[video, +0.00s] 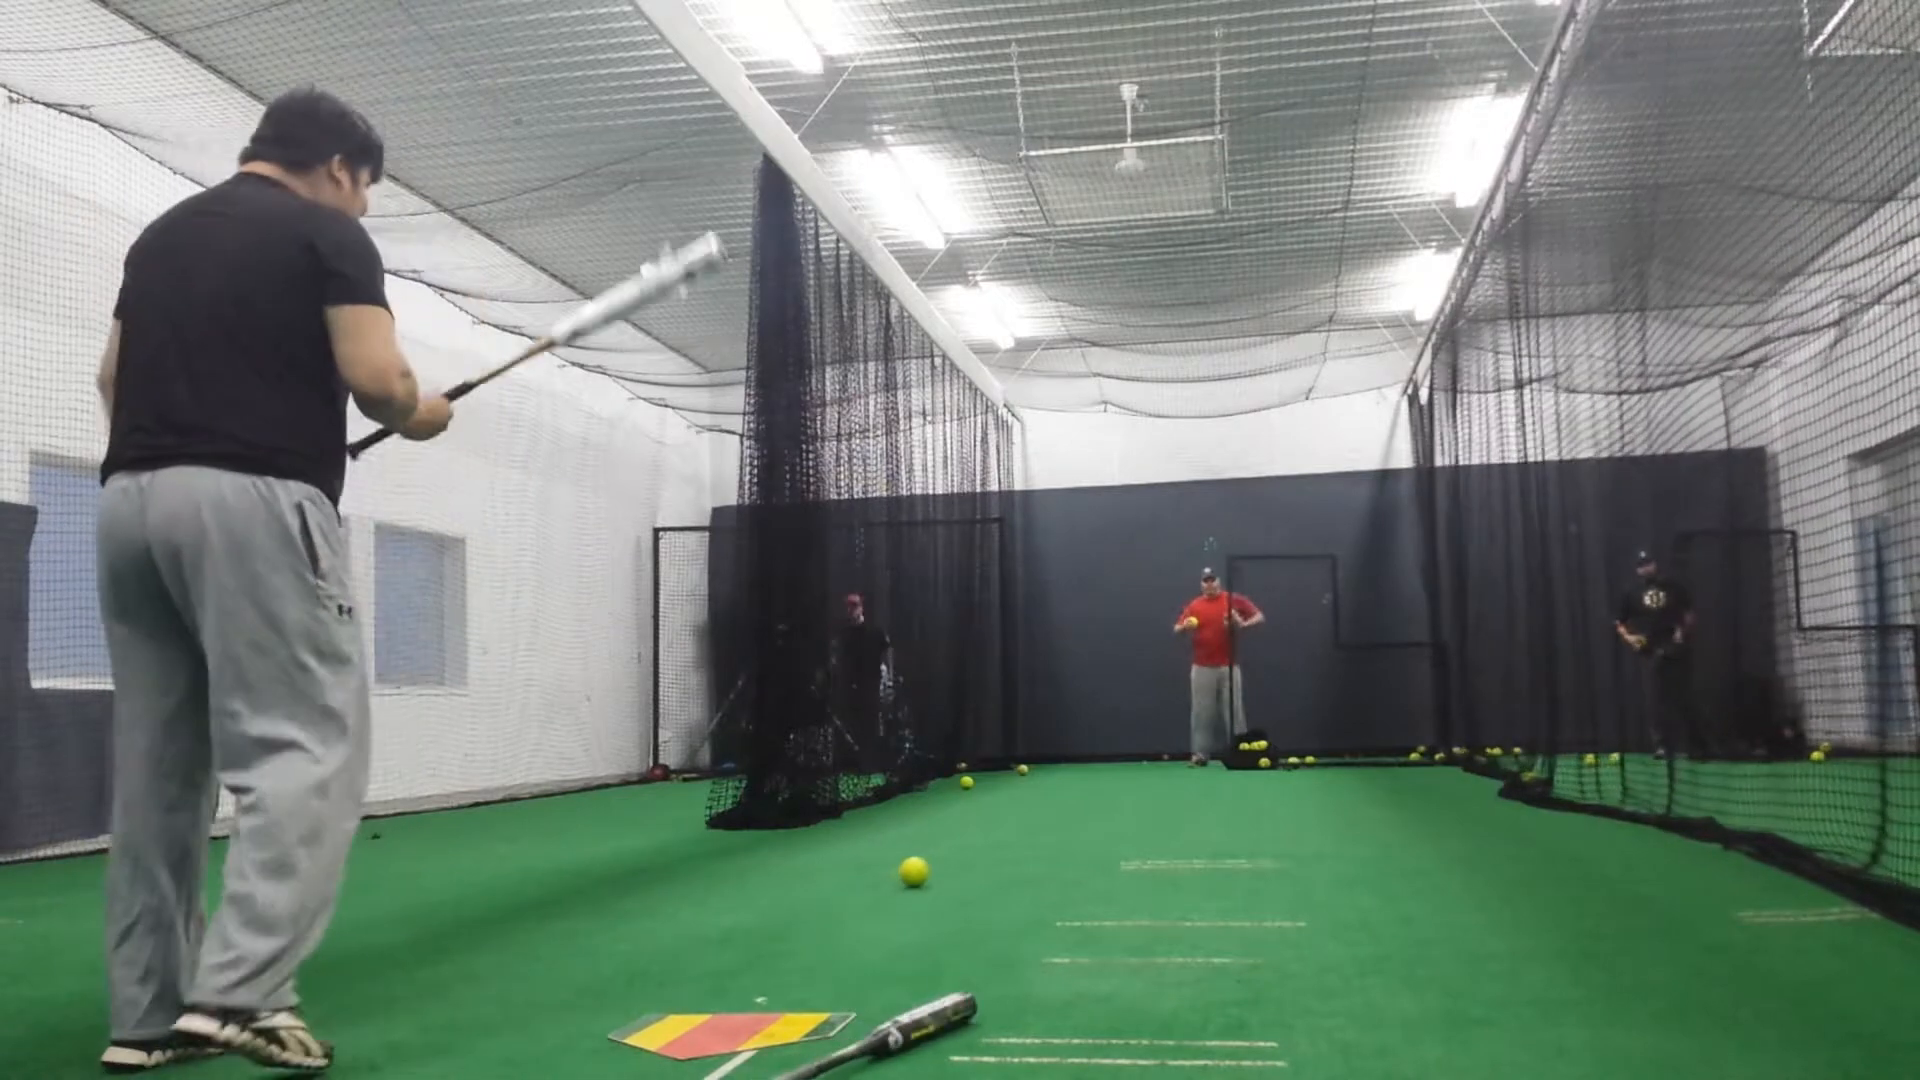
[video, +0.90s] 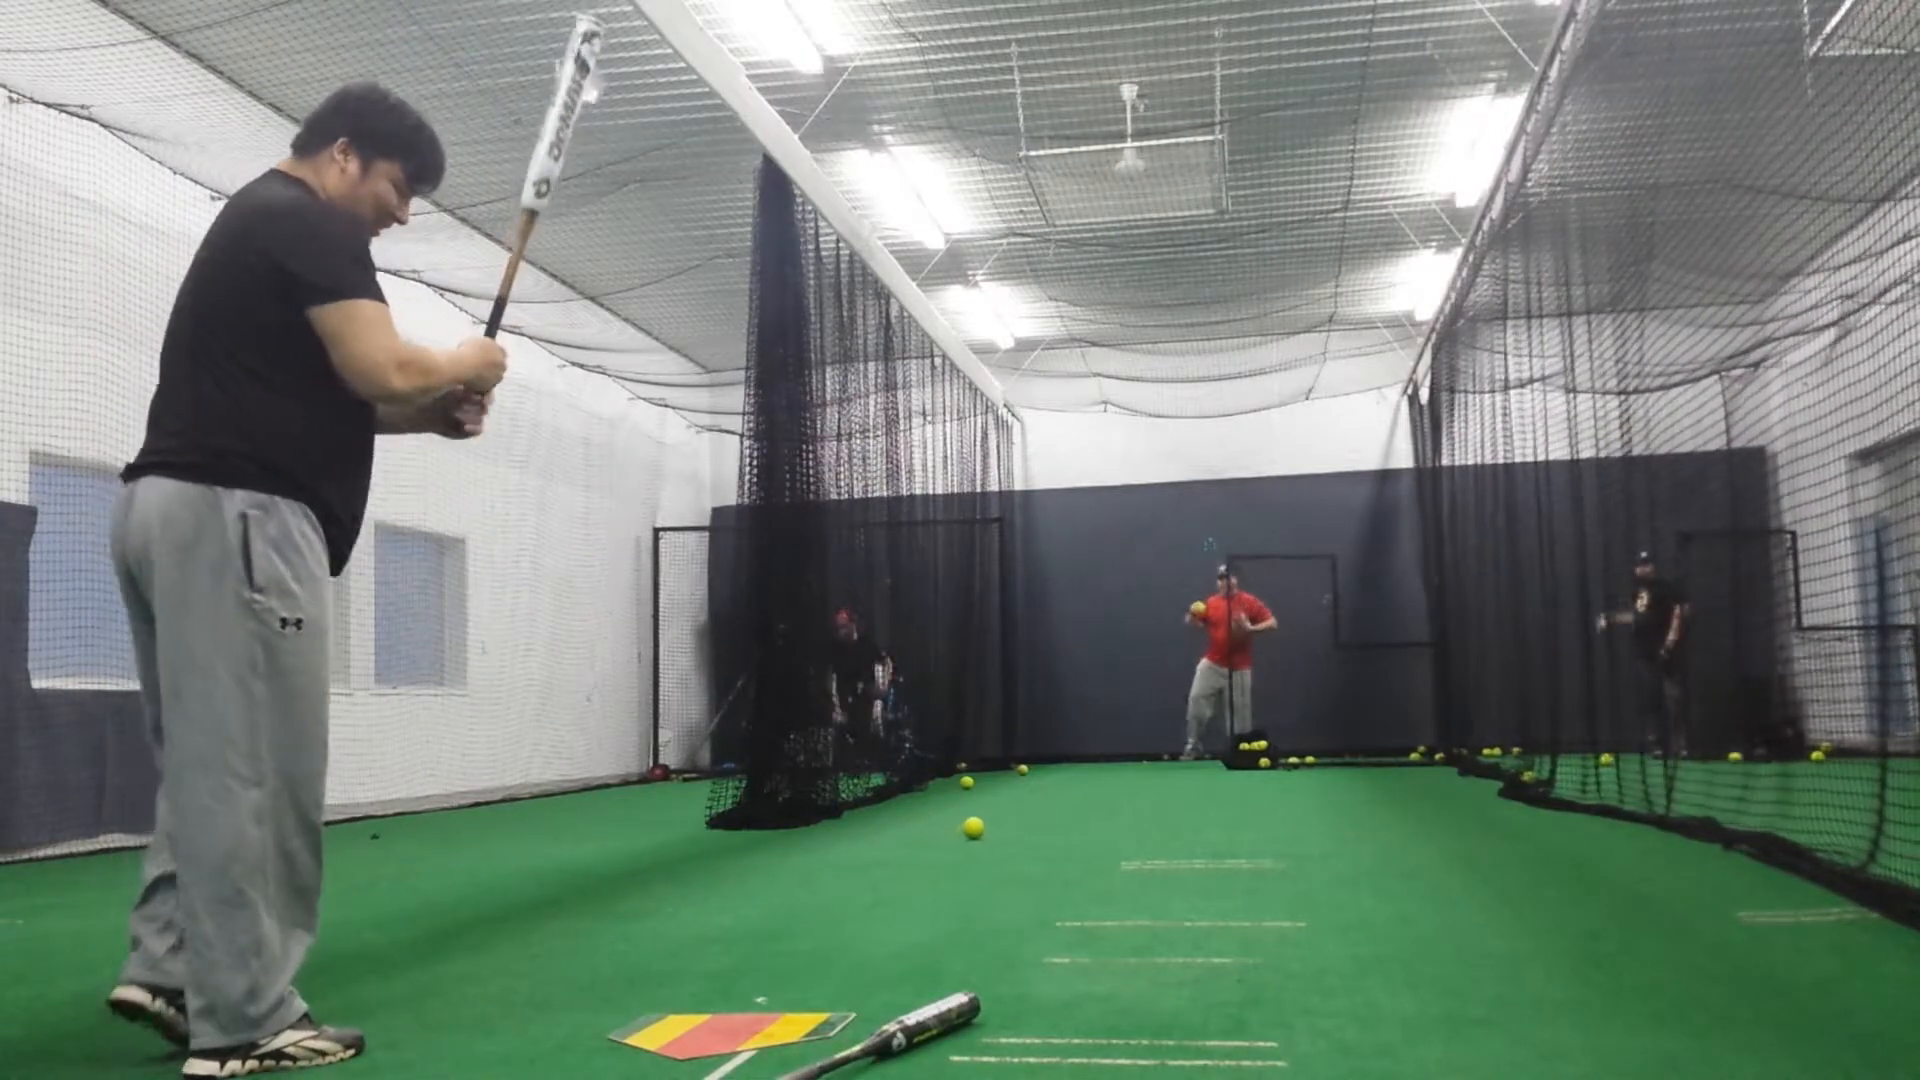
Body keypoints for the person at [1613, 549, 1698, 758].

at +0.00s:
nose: (1646, 570)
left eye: (1649, 564)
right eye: (1642, 566)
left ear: (1656, 565)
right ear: (1636, 570)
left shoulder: (1671, 587)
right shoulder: (1632, 593)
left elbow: (1688, 612)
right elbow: (1619, 621)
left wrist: (1680, 631)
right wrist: (1631, 638)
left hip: (1673, 646)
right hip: (1648, 649)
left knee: (1680, 694)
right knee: (1653, 697)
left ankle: (1687, 742)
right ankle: (1660, 744)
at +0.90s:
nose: (1643, 571)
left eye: (1647, 566)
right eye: (1639, 567)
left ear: (1654, 567)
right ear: (1635, 570)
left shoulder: (1666, 588)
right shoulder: (1638, 590)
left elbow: (1676, 617)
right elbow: (1637, 616)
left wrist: (1669, 644)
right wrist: (1611, 618)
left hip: (1665, 650)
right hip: (1644, 650)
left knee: (1671, 696)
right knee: (1648, 696)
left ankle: (1677, 743)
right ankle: (1654, 742)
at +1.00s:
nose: (1646, 570)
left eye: (1650, 565)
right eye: (1643, 565)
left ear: (1658, 566)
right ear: (1638, 568)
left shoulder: (1670, 589)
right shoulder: (1639, 591)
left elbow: (1684, 614)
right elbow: (1631, 612)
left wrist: (1674, 640)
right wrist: (1620, 594)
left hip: (1668, 652)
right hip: (1646, 652)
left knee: (1674, 698)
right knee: (1651, 698)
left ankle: (1678, 742)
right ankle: (1656, 742)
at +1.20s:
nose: (1656, 570)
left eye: (1661, 565)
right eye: (1652, 565)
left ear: (1670, 565)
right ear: (1648, 567)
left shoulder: (1681, 585)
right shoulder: (1644, 588)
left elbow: (1694, 607)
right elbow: (1618, 585)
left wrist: (1689, 628)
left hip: (1676, 646)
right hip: (1650, 648)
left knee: (1678, 697)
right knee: (1652, 697)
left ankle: (1681, 743)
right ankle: (1657, 743)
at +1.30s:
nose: (1662, 570)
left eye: (1665, 565)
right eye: (1658, 566)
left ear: (1674, 566)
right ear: (1653, 567)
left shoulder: (1686, 586)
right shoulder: (1649, 582)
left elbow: (1701, 608)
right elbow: (1627, 562)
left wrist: (1696, 628)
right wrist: (1613, 538)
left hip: (1681, 644)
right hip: (1656, 645)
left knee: (1681, 695)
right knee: (1655, 694)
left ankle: (1681, 742)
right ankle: (1657, 743)